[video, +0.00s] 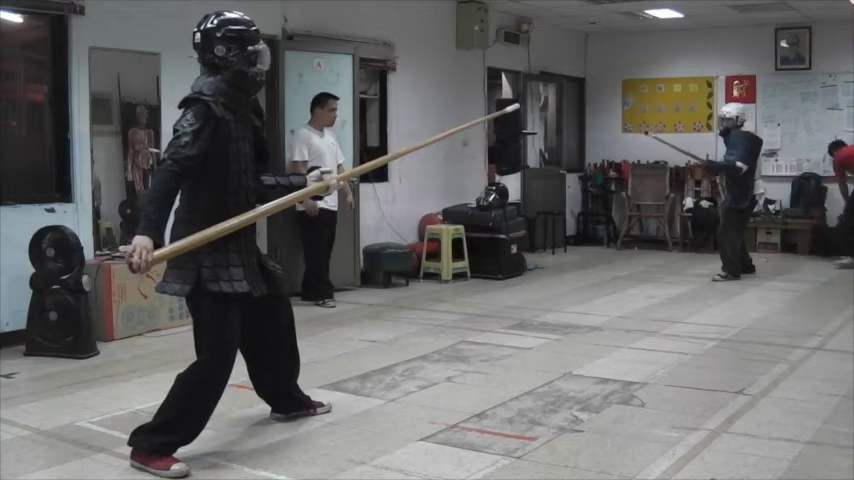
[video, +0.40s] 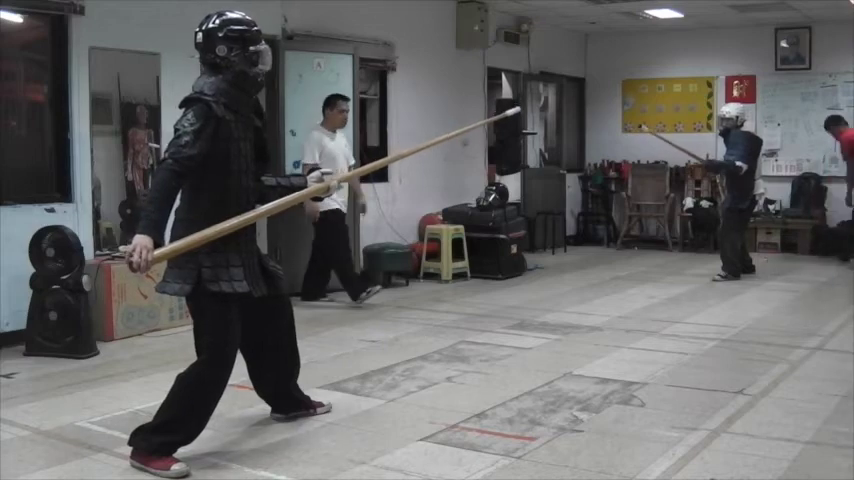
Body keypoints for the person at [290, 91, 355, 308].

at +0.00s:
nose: (336, 115)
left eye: (336, 110)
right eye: (332, 110)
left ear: (324, 112)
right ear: (318, 111)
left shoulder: (330, 136)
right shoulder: (302, 134)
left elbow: (339, 168)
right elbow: (298, 169)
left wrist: (348, 191)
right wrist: (305, 196)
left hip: (330, 202)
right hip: (312, 202)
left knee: (324, 249)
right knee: (316, 250)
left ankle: (313, 290)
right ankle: (321, 292)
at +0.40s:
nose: (346, 116)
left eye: (347, 112)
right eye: (342, 112)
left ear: (343, 114)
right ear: (328, 112)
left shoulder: (341, 138)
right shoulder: (315, 137)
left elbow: (350, 170)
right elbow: (309, 172)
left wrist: (360, 196)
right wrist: (309, 201)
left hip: (339, 202)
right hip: (324, 203)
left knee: (323, 249)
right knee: (339, 247)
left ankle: (312, 291)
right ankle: (356, 289)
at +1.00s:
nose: (383, 129)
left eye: (383, 125)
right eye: (379, 124)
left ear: (372, 124)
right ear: (364, 123)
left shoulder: (375, 144)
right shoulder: (352, 145)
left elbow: (396, 161)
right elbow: (378, 171)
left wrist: (404, 152)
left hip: (359, 206)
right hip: (345, 206)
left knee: (340, 250)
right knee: (370, 245)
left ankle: (323, 287)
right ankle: (371, 298)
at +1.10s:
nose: (381, 130)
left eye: (382, 126)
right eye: (377, 125)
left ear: (368, 127)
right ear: (362, 124)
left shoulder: (371, 150)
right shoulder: (351, 145)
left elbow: (389, 165)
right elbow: (381, 148)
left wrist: (405, 178)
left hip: (356, 208)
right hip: (345, 208)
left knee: (338, 251)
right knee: (371, 246)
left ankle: (322, 288)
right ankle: (372, 299)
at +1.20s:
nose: (380, 128)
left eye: (381, 124)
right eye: (376, 124)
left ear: (376, 124)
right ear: (363, 123)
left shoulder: (373, 148)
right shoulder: (347, 142)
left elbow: (387, 169)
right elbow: (373, 130)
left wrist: (401, 183)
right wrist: (396, 110)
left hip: (357, 208)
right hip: (344, 209)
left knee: (337, 251)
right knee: (371, 246)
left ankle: (320, 287)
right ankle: (371, 298)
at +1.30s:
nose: (378, 130)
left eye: (379, 126)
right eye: (375, 126)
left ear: (377, 128)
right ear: (362, 124)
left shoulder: (373, 148)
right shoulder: (346, 144)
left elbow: (387, 168)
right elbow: (368, 124)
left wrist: (400, 184)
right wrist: (388, 102)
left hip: (356, 208)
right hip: (344, 209)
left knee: (336, 252)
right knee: (371, 247)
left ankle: (320, 287)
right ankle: (371, 298)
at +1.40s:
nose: (377, 128)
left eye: (378, 124)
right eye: (372, 123)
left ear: (376, 126)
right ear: (359, 124)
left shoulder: (371, 149)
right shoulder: (347, 144)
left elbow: (384, 169)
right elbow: (369, 126)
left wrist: (399, 182)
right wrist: (385, 102)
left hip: (356, 208)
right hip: (345, 209)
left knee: (336, 252)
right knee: (371, 247)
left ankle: (320, 287)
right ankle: (371, 298)